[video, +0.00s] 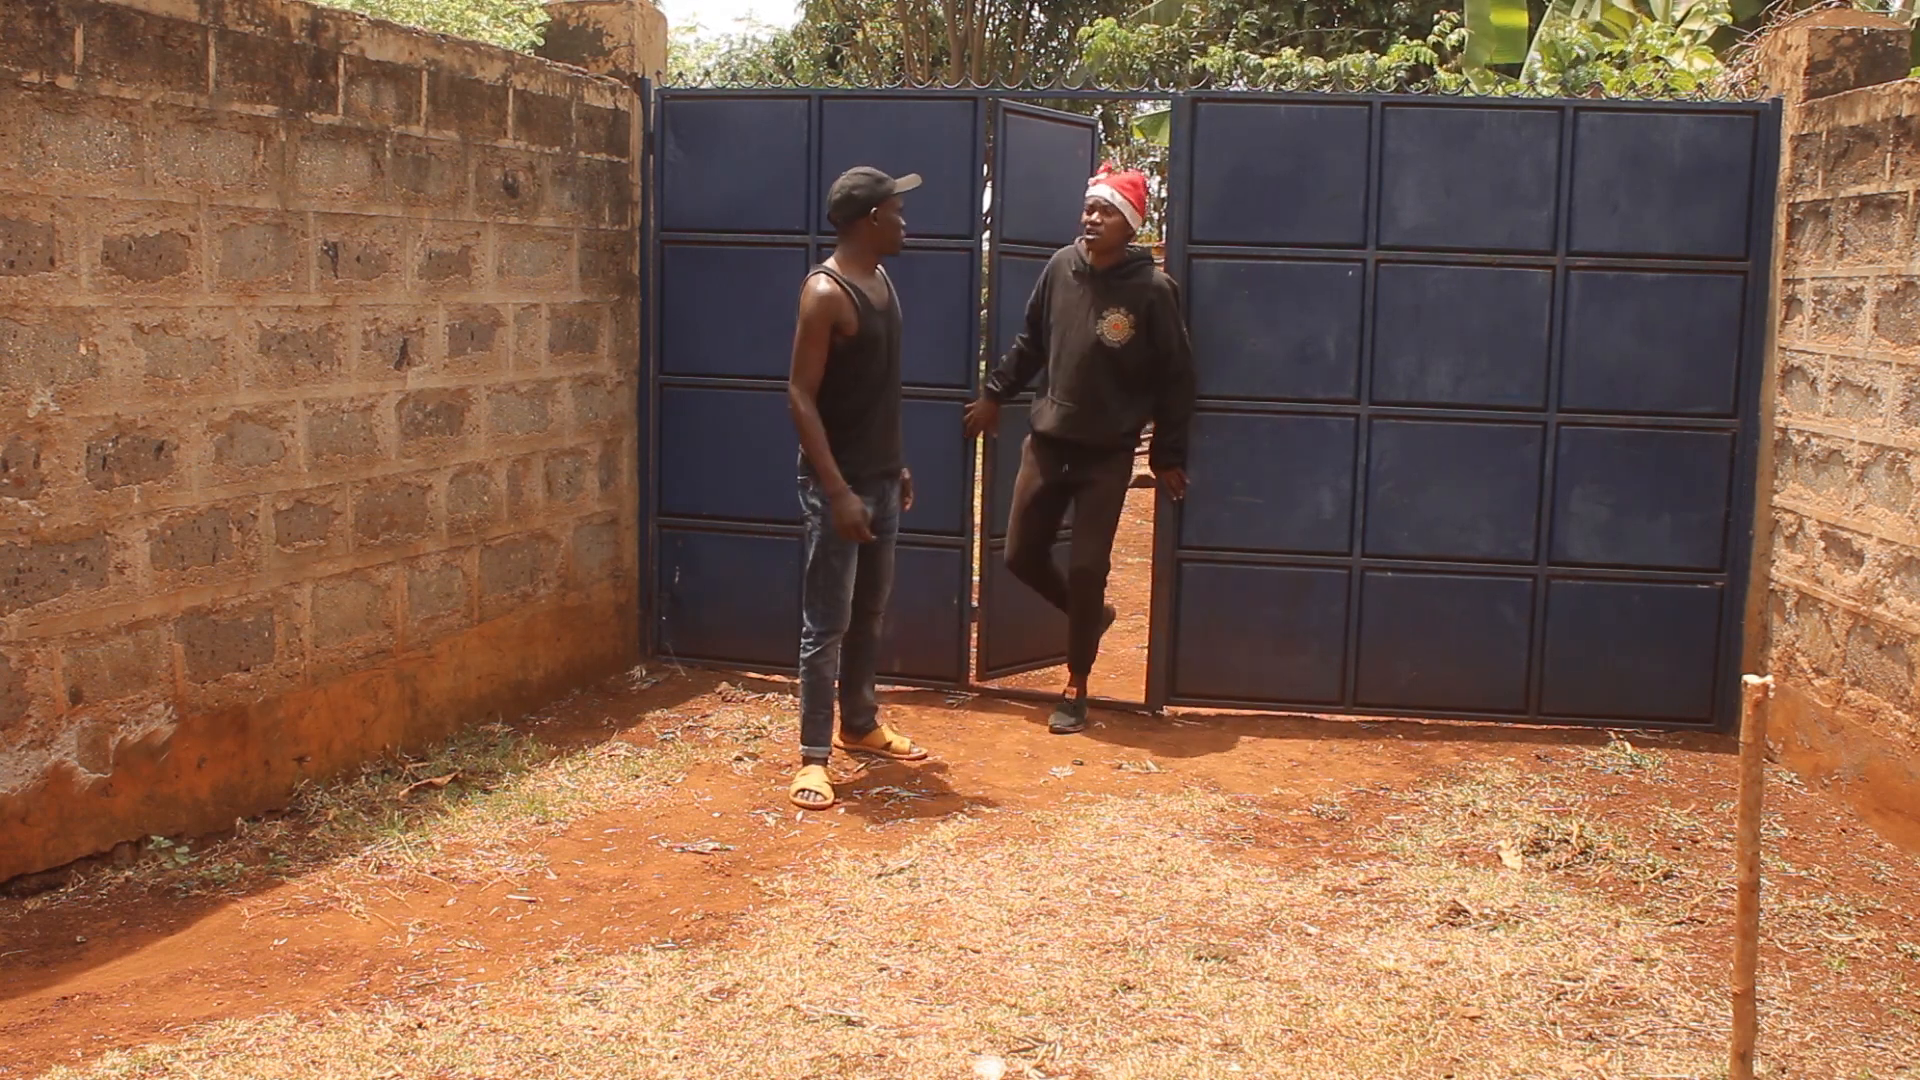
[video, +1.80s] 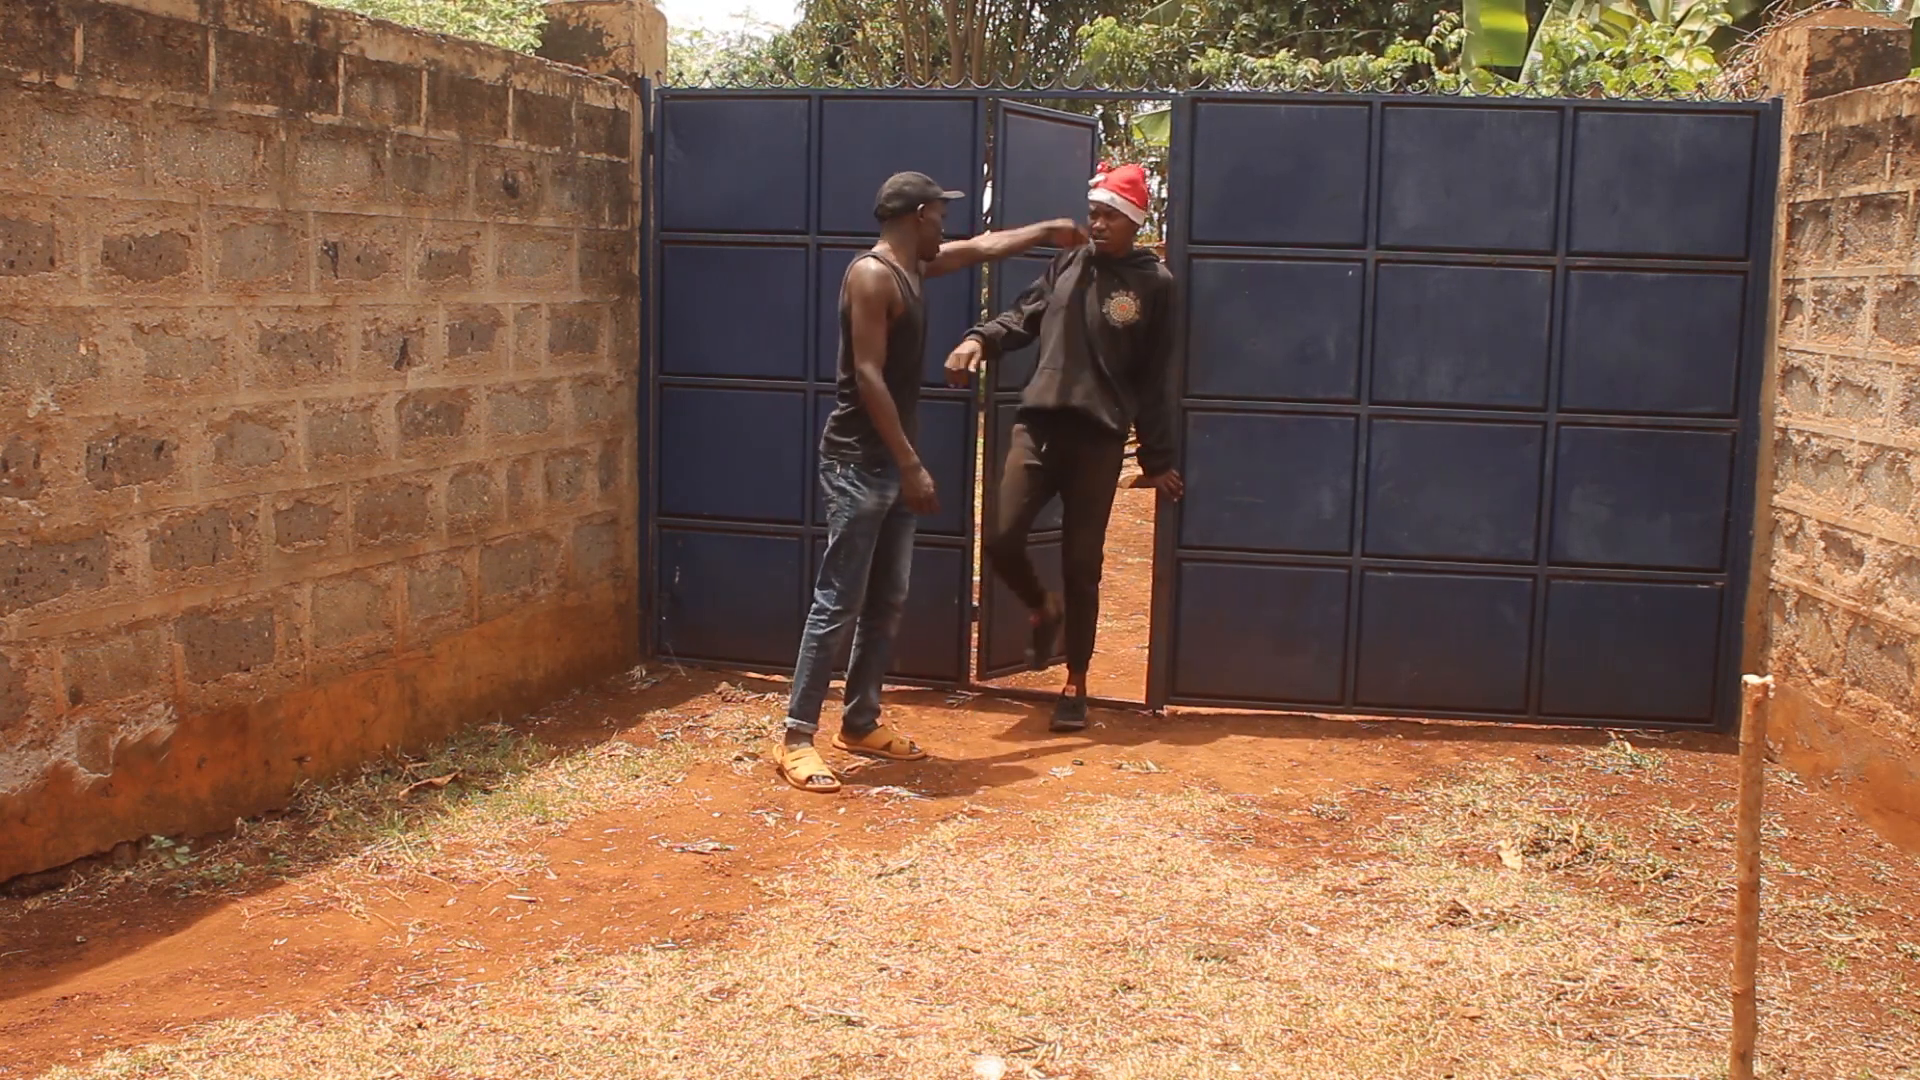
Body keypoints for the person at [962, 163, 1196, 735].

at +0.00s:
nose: (1091, 218)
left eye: (1105, 211)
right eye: (1088, 208)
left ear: (1133, 224)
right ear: (1081, 214)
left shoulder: (1154, 289)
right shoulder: (1062, 264)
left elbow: (1176, 378)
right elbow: (1032, 340)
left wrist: (1169, 455)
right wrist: (993, 395)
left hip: (1108, 449)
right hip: (1046, 440)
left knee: (1086, 568)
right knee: (1021, 556)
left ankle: (1074, 693)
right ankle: (1091, 611)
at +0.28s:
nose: (1097, 208)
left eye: (1110, 201)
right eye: (1093, 199)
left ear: (1137, 212)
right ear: (1086, 205)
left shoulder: (1158, 282)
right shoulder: (1060, 257)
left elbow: (1169, 375)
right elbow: (1019, 325)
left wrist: (1168, 454)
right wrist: (993, 380)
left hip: (1102, 443)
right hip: (1038, 433)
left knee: (1086, 566)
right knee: (1006, 549)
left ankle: (1078, 687)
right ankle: (1045, 634)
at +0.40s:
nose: (1093, 208)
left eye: (1105, 199)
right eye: (1088, 198)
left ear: (1133, 207)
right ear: (1082, 204)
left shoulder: (1157, 280)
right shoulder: (1058, 256)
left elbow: (1168, 374)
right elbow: (1007, 305)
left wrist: (1166, 456)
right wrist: (1005, 318)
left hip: (1100, 441)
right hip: (1036, 430)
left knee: (1085, 565)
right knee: (1008, 555)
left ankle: (1076, 688)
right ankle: (1021, 671)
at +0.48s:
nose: (1088, 209)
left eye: (1099, 199)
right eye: (1082, 200)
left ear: (1128, 204)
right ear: (1075, 205)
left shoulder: (1153, 277)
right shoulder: (1051, 258)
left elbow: (1166, 370)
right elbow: (993, 313)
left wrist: (1166, 454)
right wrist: (1004, 259)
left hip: (1099, 440)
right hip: (1034, 431)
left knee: (1086, 567)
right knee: (1015, 559)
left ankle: (1076, 688)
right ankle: (1001, 685)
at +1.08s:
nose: (1075, 210)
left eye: (1088, 201)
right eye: (1068, 199)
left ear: (1110, 209)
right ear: (1058, 203)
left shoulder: (1125, 281)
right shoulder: (1028, 254)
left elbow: (1145, 375)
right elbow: (976, 325)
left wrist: (1163, 454)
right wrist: (1022, 327)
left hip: (1080, 444)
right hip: (1013, 438)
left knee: (1074, 567)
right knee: (1004, 567)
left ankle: (1075, 690)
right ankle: (993, 692)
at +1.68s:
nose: (1088, 223)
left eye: (1101, 215)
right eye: (1084, 212)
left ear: (1129, 220)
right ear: (1077, 212)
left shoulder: (1149, 285)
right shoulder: (1054, 257)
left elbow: (1153, 378)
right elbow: (1003, 308)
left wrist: (1160, 459)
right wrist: (1002, 355)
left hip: (1087, 439)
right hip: (1022, 425)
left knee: (1075, 567)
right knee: (996, 555)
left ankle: (1074, 687)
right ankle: (997, 679)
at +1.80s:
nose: (1097, 222)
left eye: (1110, 214)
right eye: (1093, 211)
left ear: (1138, 221)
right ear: (1088, 213)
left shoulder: (1156, 283)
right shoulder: (1067, 263)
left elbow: (1159, 377)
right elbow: (1024, 314)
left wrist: (1159, 458)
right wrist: (979, 338)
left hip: (1098, 435)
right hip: (1038, 425)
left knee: (1081, 564)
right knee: (1000, 540)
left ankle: (1075, 686)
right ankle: (1043, 608)